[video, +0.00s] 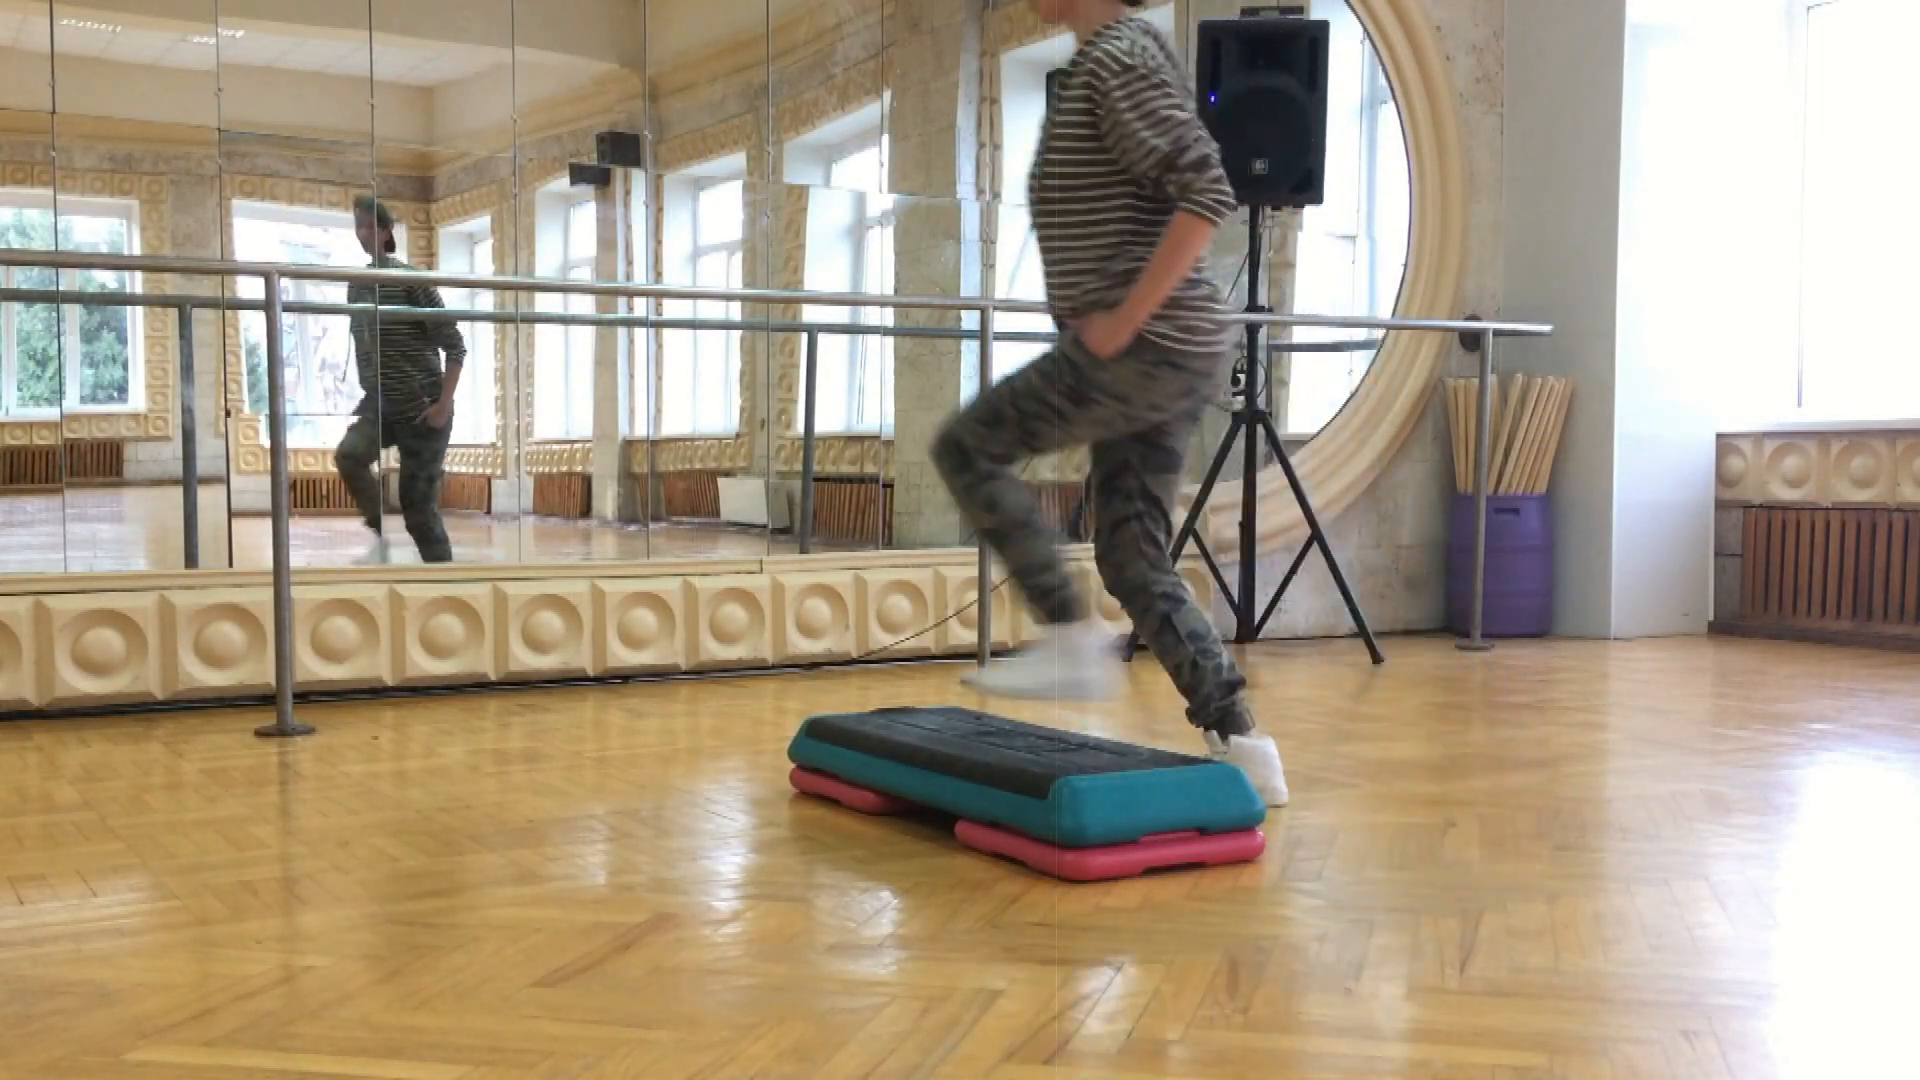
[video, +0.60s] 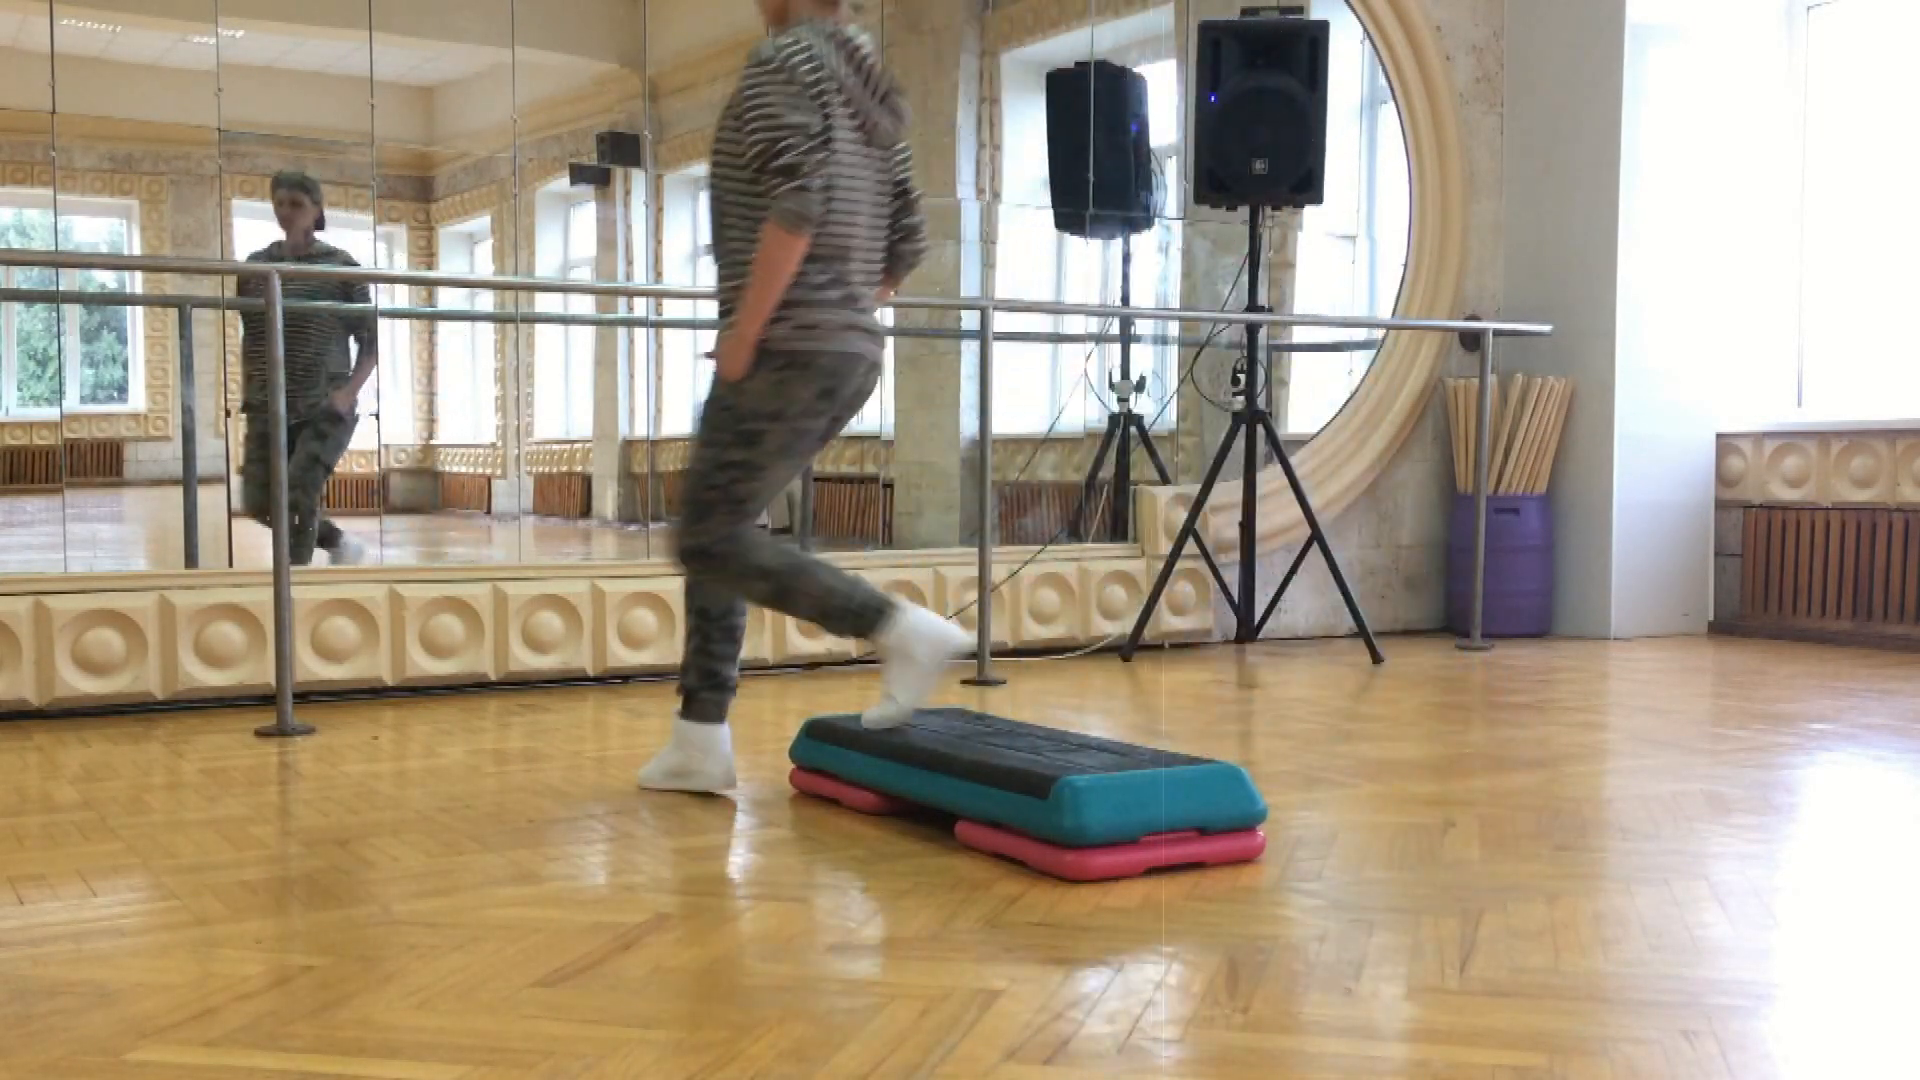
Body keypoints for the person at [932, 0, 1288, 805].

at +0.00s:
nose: (1037, 2)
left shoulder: (1122, 57)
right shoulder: (1098, 62)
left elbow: (1208, 196)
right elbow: (1160, 201)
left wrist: (1125, 316)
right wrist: (1101, 305)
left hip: (1154, 340)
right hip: (1158, 343)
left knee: (966, 446)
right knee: (1131, 553)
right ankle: (1242, 742)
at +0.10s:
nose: (987, 3)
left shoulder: (1069, 32)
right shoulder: (1041, 43)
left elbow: (1142, 178)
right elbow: (1106, 182)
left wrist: (1065, 294)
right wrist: (1039, 286)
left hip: (1096, 322)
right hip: (1109, 325)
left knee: (928, 452)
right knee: (1117, 532)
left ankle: (973, 672)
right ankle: (1232, 727)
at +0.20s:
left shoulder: (1008, 15)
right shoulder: (1020, 22)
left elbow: (1067, 167)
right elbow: (1054, 170)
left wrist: (997, 290)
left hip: (1038, 304)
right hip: (1064, 307)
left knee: (899, 467)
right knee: (998, 519)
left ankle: (967, 680)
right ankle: (1156, 658)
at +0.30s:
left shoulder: (947, 17)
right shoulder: (981, 22)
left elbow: (1003, 158)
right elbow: (1034, 185)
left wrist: (943, 288)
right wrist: (938, 277)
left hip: (991, 298)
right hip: (1016, 297)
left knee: (861, 476)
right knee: (869, 464)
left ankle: (962, 678)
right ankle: (1015, 581)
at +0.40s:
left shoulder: (894, 26)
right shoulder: (953, 41)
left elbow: (934, 164)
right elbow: (1011, 198)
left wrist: (886, 298)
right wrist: (930, 263)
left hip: (931, 308)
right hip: (954, 305)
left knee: (826, 504)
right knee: (770, 420)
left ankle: (964, 677)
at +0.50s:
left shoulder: (837, 35)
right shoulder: (909, 47)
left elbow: (866, 178)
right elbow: (965, 207)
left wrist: (819, 314)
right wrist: (897, 283)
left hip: (867, 322)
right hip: (908, 320)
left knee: (792, 520)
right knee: (737, 464)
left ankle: (955, 671)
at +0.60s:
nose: (760, 9)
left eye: (763, 2)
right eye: (766, 4)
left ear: (777, 2)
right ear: (835, 7)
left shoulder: (784, 63)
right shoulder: (865, 84)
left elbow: (799, 200)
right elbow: (906, 242)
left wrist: (743, 329)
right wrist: (832, 309)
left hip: (796, 345)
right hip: (847, 348)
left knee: (706, 536)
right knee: (718, 532)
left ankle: (906, 633)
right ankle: (701, 736)